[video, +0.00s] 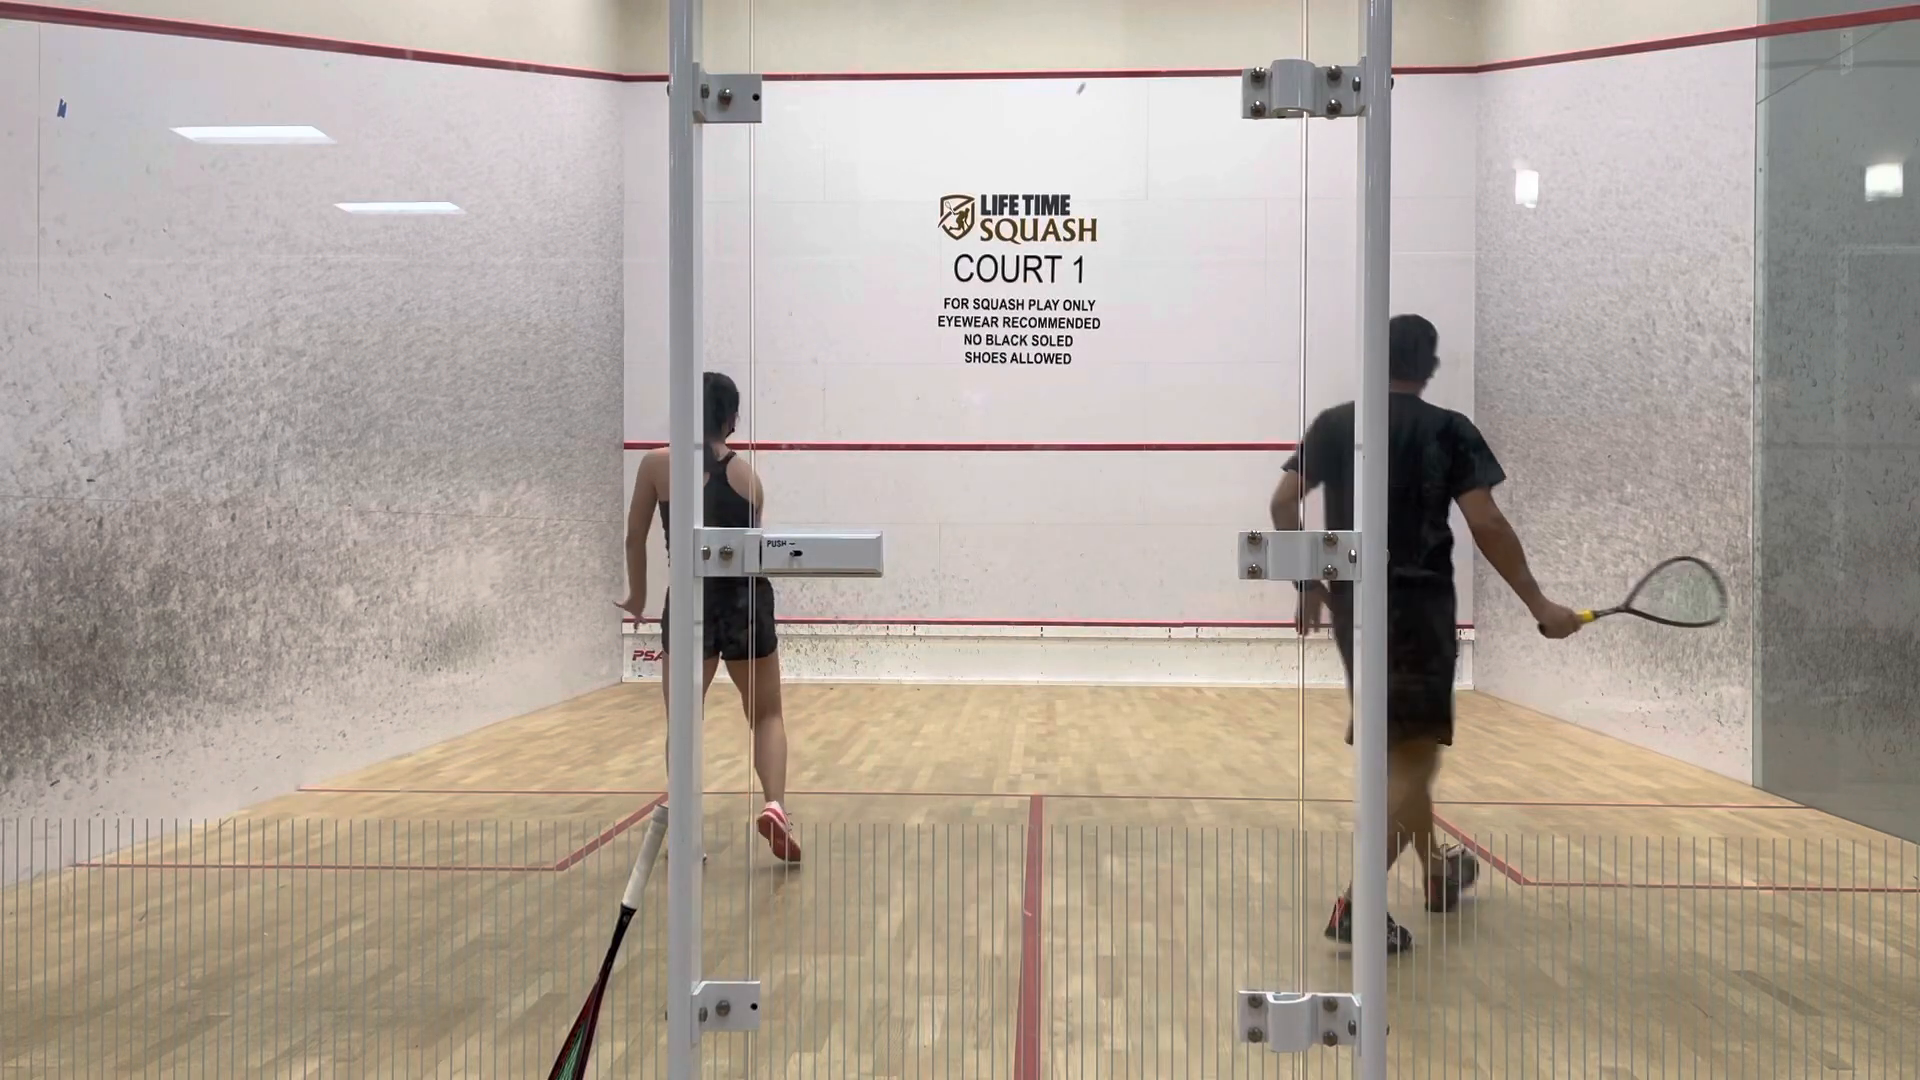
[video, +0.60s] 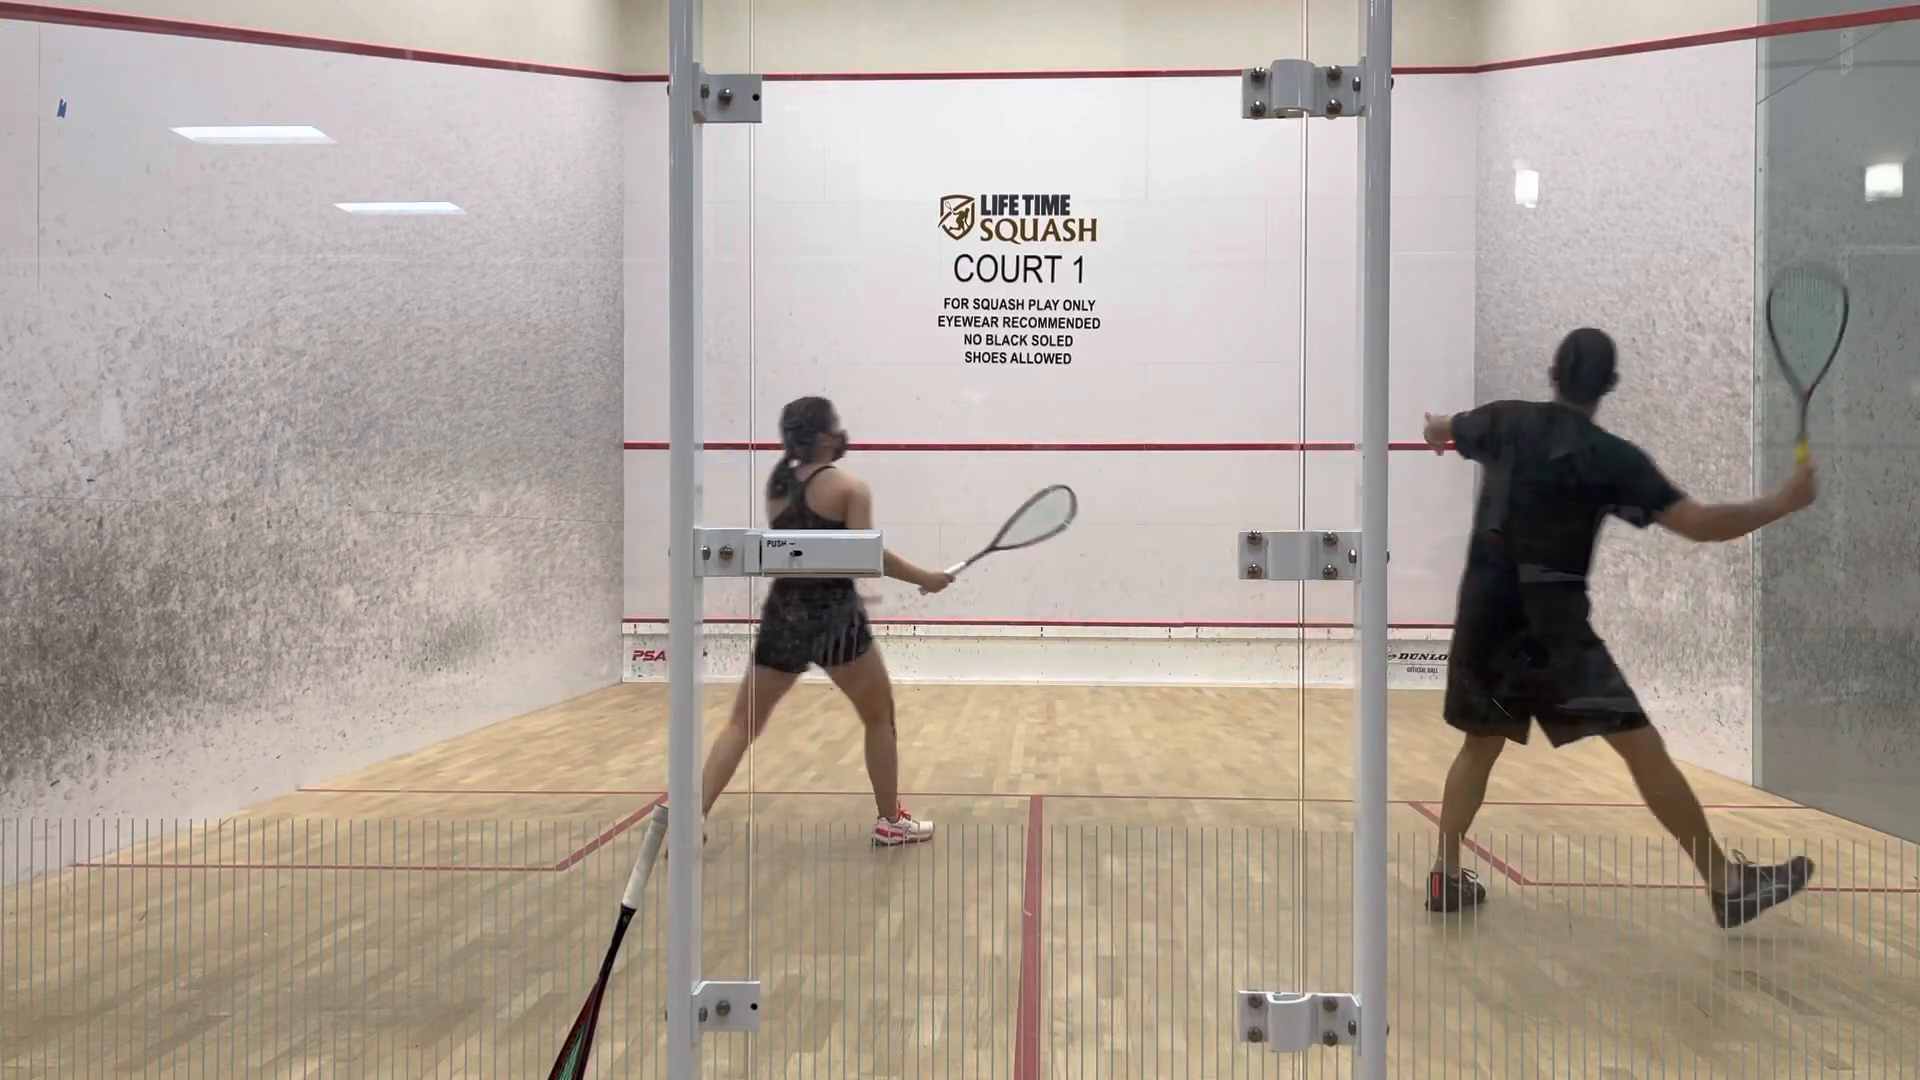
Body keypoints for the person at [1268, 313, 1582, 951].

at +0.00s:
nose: (1432, 373)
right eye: (1434, 364)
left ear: (1377, 360)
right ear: (1429, 366)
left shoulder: (1334, 422)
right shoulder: (1447, 430)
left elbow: (1283, 500)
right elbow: (1486, 524)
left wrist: (1305, 581)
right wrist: (1539, 603)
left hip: (1352, 608)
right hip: (1420, 610)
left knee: (1395, 742)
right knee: (1416, 754)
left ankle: (1436, 868)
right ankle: (1358, 903)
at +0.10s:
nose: (1450, 385)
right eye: (1457, 376)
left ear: (1404, 376)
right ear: (1457, 380)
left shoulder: (1365, 435)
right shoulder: (1470, 442)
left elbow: (1313, 520)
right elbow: (1500, 537)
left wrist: (1337, 596)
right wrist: (1558, 614)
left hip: (1385, 620)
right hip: (1446, 621)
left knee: (1427, 749)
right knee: (1490, 761)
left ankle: (1445, 877)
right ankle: (1395, 861)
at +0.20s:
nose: (1481, 381)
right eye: (1485, 373)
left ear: (1429, 371)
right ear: (1483, 378)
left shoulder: (1388, 428)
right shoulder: (1490, 439)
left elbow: (1347, 515)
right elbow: (1510, 534)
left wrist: (1390, 566)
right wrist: (1570, 611)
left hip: (1400, 617)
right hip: (1462, 618)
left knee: (1441, 734)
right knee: (1534, 738)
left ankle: (1445, 874)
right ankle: (1436, 844)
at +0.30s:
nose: (1494, 376)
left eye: (1478, 363)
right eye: (1503, 366)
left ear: (1454, 366)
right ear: (1507, 372)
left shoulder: (1410, 423)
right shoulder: (1511, 435)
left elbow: (1388, 509)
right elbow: (1530, 526)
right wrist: (1602, 594)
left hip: (1416, 613)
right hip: (1482, 613)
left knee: (1446, 734)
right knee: (1567, 724)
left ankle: (1441, 875)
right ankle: (1508, 859)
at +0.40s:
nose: (1527, 375)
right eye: (1534, 367)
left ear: (1482, 364)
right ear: (1534, 373)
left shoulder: (1439, 418)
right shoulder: (1535, 440)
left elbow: (1401, 469)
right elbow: (1571, 532)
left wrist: (1457, 469)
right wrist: (1651, 572)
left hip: (1430, 613)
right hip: (1499, 613)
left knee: (1456, 734)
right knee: (1586, 728)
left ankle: (1442, 875)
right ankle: (1598, 885)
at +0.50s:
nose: (1545, 377)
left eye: (1526, 366)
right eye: (1560, 369)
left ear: (1513, 370)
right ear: (1568, 379)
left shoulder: (1472, 420)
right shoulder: (1567, 450)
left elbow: (1415, 445)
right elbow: (1630, 532)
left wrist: (1445, 439)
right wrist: (1712, 545)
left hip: (1455, 619)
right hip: (1523, 621)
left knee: (1467, 738)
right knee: (1608, 736)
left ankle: (1443, 875)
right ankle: (1676, 879)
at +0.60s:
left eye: (1563, 368)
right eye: (1598, 374)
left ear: (1553, 373)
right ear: (1607, 385)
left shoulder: (1503, 420)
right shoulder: (1609, 455)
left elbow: (1445, 431)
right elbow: (1699, 523)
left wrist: (1440, 429)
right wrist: (1784, 500)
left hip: (1485, 624)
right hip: (1557, 630)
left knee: (1479, 743)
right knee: (1642, 746)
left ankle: (1444, 874)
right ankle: (1724, 880)